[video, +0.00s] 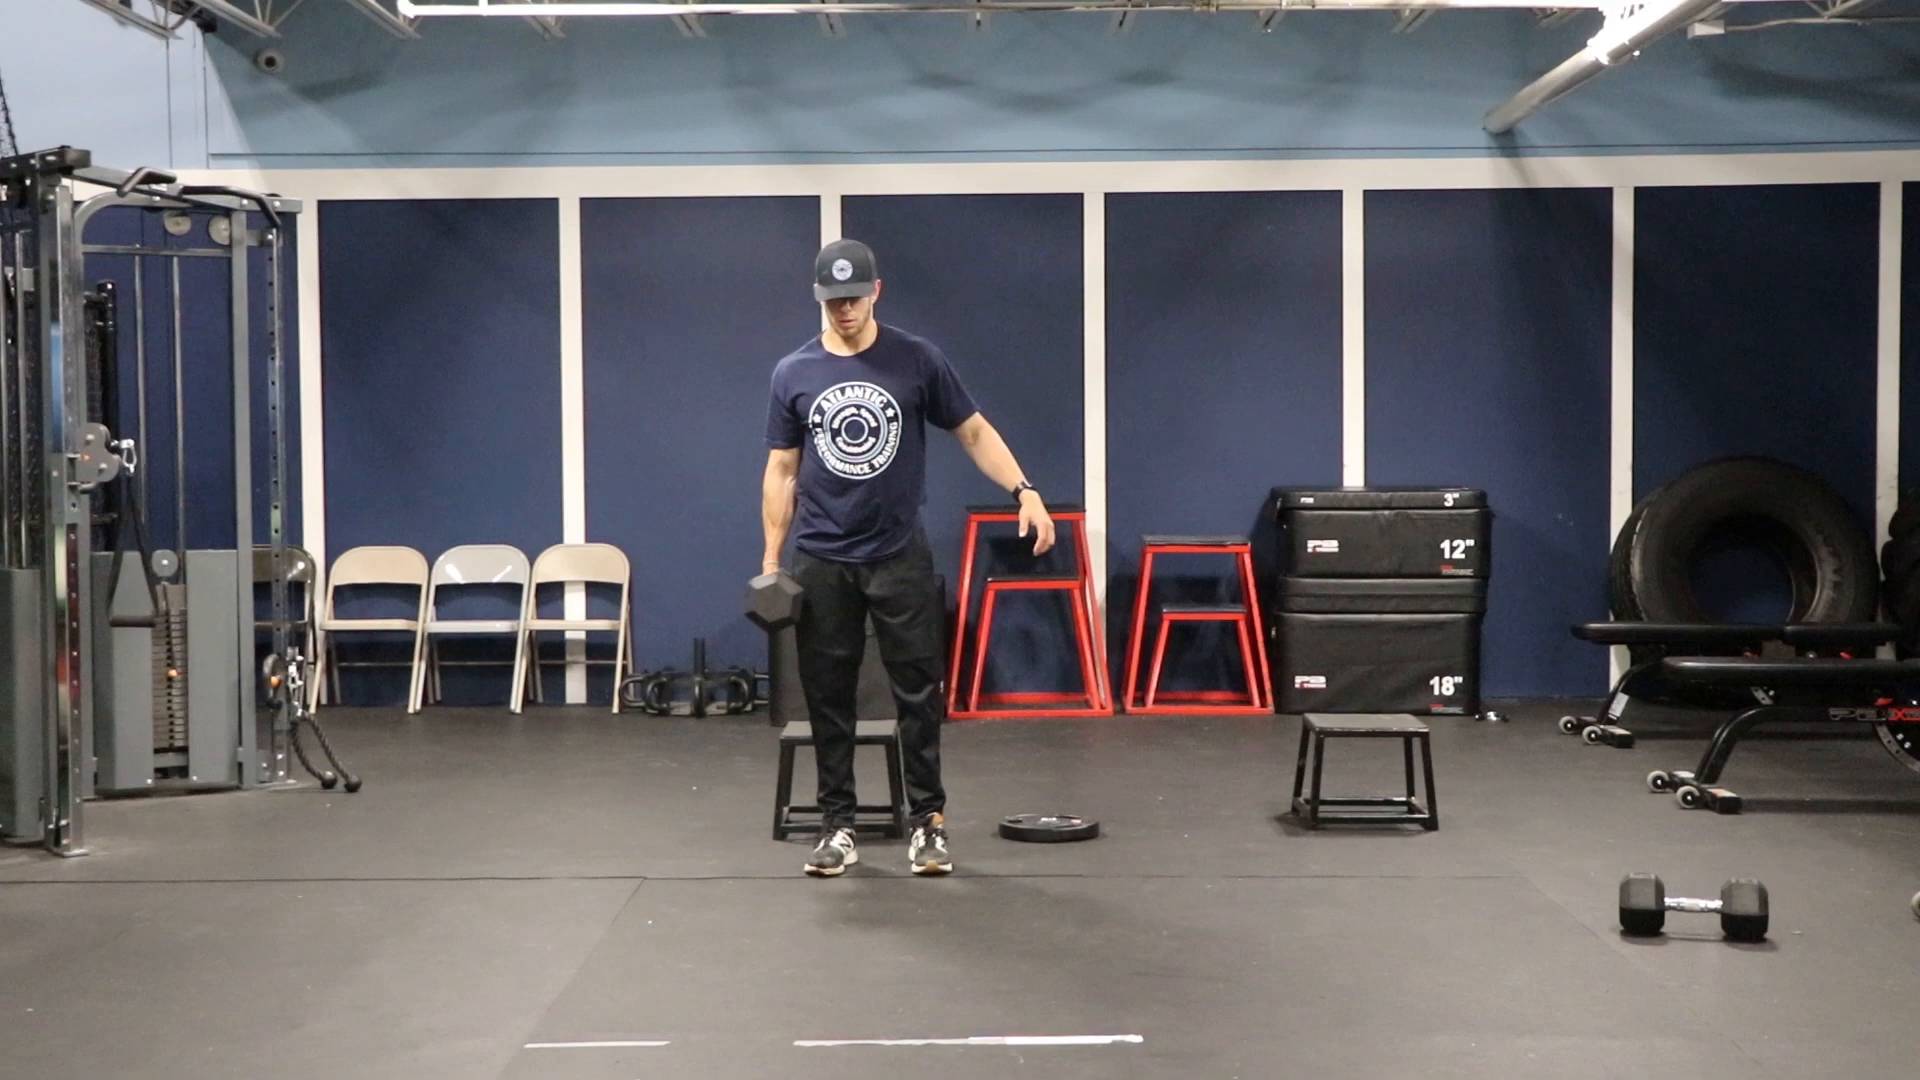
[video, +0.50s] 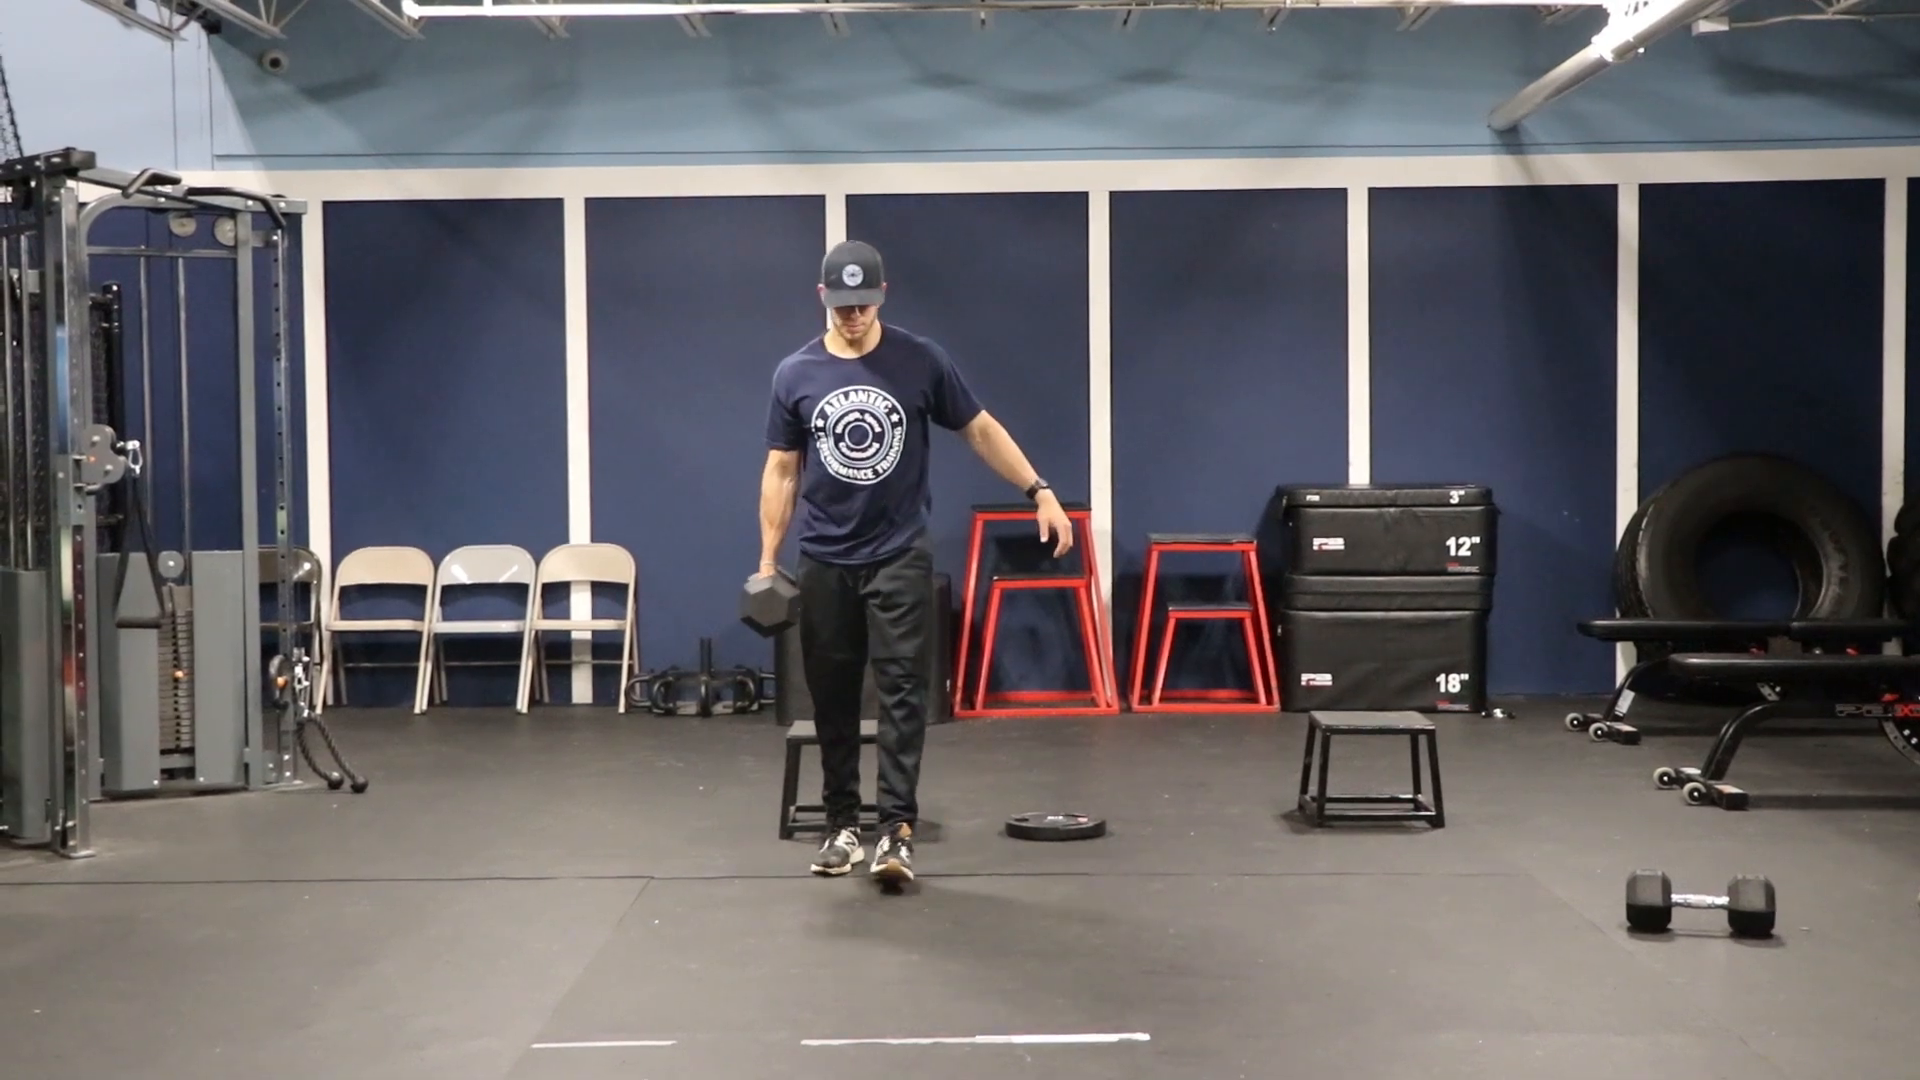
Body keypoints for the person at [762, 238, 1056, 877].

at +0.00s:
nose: (844, 309)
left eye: (854, 297)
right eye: (833, 299)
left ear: (876, 290)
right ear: (817, 296)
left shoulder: (918, 361)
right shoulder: (792, 374)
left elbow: (975, 432)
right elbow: (781, 470)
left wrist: (1024, 491)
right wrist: (771, 564)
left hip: (898, 553)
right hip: (820, 556)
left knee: (918, 691)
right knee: (827, 696)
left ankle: (926, 824)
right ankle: (837, 827)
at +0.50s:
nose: (852, 315)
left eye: (863, 304)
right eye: (842, 304)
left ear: (881, 297)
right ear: (823, 298)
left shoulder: (921, 362)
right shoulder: (794, 375)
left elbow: (980, 428)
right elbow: (781, 469)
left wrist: (1040, 491)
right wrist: (768, 561)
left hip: (898, 551)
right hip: (822, 555)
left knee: (901, 687)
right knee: (832, 695)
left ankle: (896, 831)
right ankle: (843, 826)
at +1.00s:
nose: (893, 295)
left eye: (905, 284)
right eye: (882, 284)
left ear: (928, 286)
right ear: (866, 286)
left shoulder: (962, 368)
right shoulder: (829, 363)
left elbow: (1019, 447)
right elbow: (802, 457)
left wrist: (1069, 509)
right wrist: (776, 548)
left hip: (911, 562)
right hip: (830, 556)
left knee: (905, 704)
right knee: (821, 692)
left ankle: (887, 847)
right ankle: (821, 850)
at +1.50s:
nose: (854, 266)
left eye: (866, 256)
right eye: (841, 258)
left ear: (889, 274)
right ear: (824, 277)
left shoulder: (933, 353)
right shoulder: (790, 365)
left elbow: (1006, 424)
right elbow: (772, 471)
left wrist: (1081, 487)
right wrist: (754, 570)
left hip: (904, 567)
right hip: (813, 568)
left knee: (922, 710)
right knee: (817, 723)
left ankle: (898, 824)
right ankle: (825, 881)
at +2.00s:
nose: (871, 258)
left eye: (886, 248)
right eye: (859, 247)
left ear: (907, 265)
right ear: (838, 263)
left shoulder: (948, 356)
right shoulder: (797, 358)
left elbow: (1017, 444)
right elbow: (770, 468)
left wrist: (1089, 524)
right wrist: (740, 574)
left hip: (903, 581)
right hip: (809, 583)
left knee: (894, 749)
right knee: (802, 741)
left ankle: (875, 924)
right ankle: (815, 870)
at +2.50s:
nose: (845, 249)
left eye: (860, 236)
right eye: (831, 237)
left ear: (887, 250)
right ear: (811, 252)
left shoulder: (934, 353)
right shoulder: (772, 357)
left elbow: (1010, 437)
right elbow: (746, 476)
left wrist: (1077, 491)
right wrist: (722, 588)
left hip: (893, 601)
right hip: (791, 600)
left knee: (887, 778)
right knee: (790, 784)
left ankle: (874, 918)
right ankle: (784, 971)